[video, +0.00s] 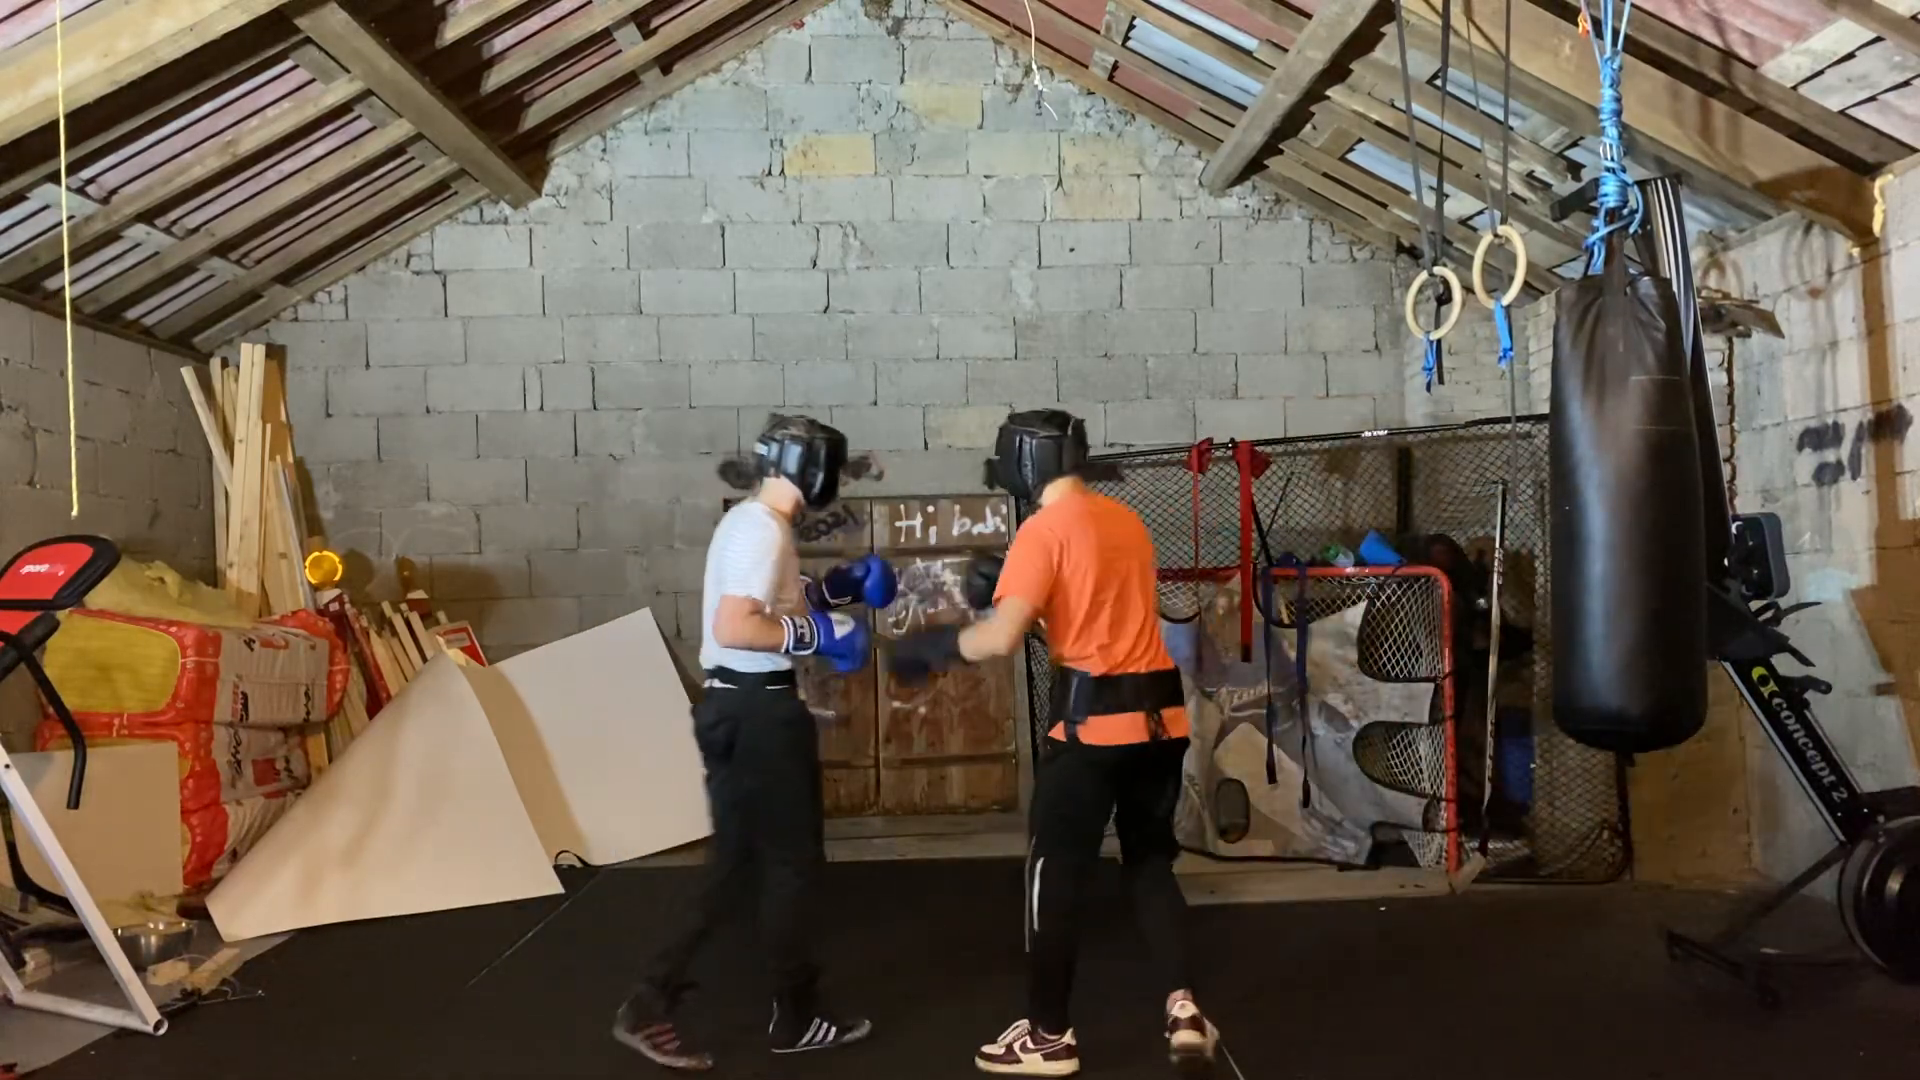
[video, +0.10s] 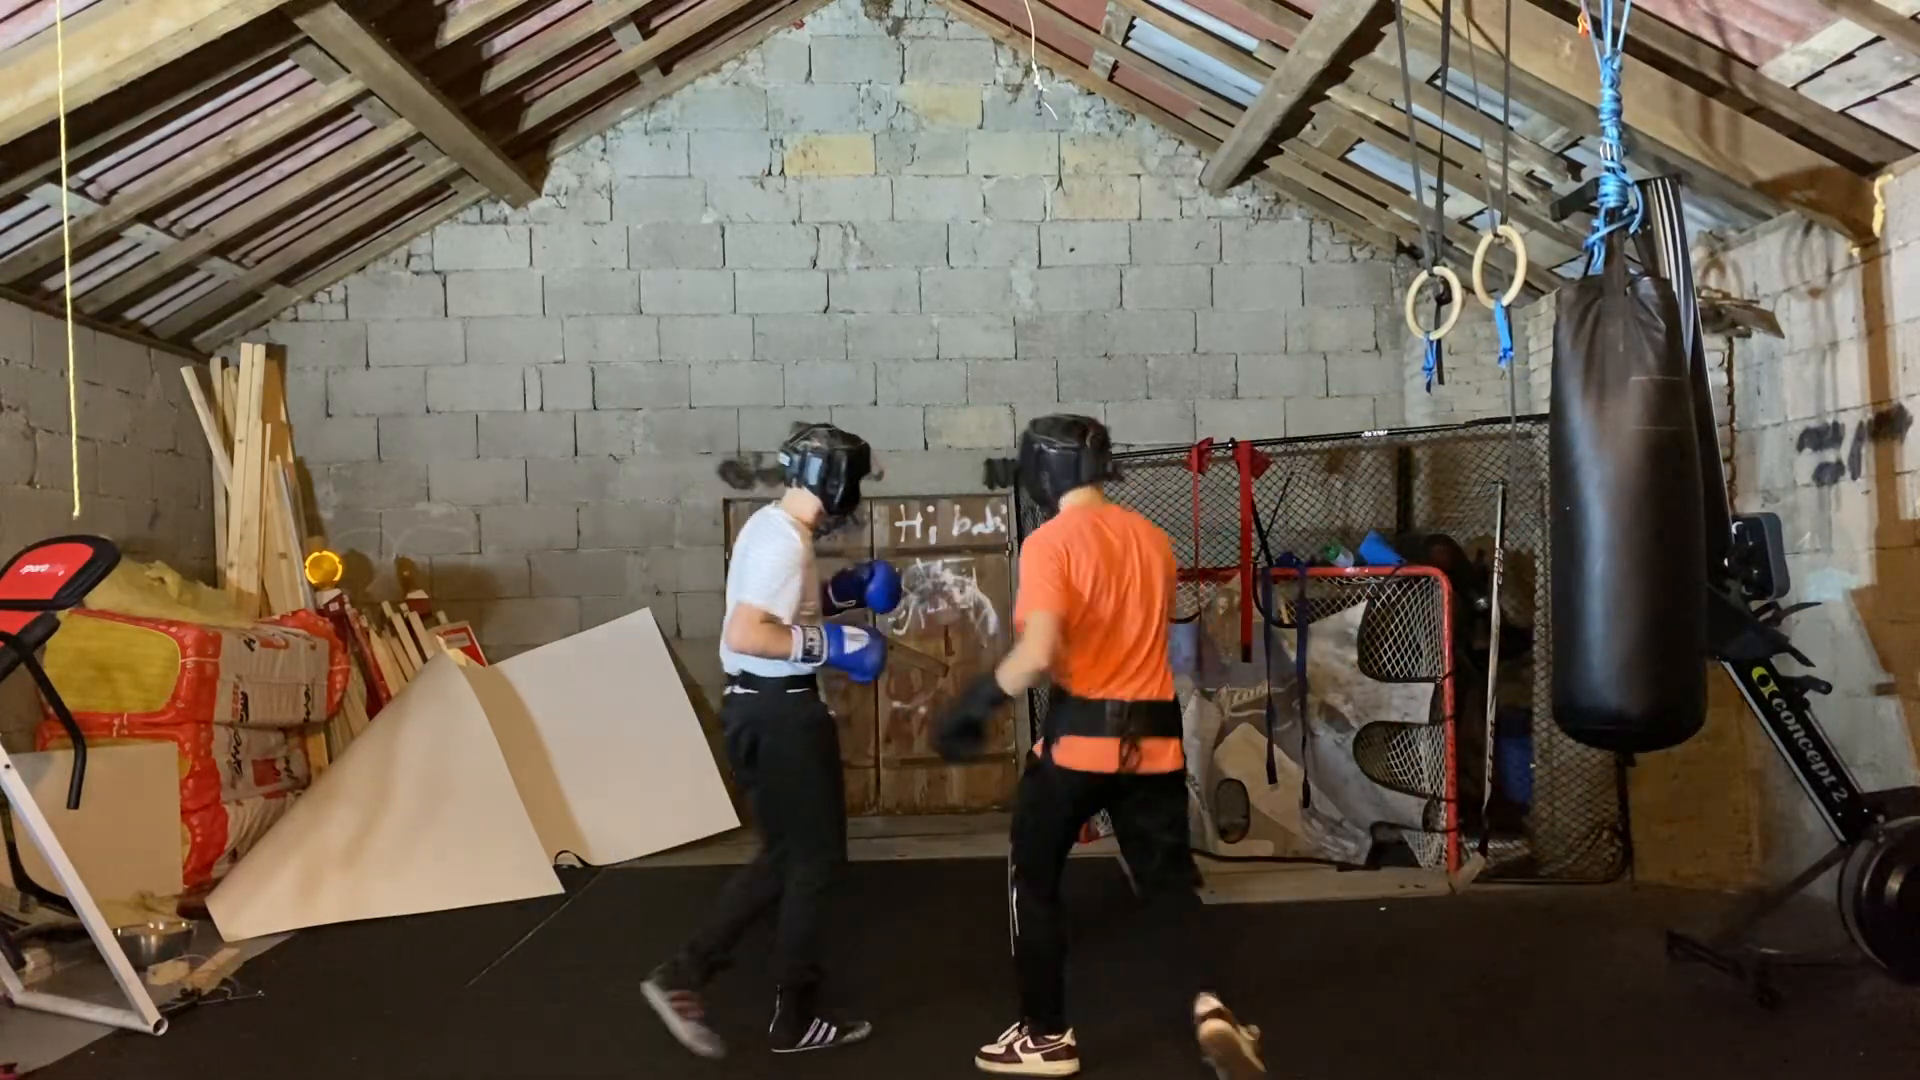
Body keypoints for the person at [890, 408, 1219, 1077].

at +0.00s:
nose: (1005, 481)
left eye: (1007, 469)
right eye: (1004, 468)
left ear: (1025, 465)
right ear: (1075, 459)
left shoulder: (1044, 532)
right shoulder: (1129, 520)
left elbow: (1001, 636)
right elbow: (1116, 604)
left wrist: (946, 645)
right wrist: (1017, 597)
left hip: (1094, 727)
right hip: (1163, 723)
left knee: (1055, 866)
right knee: (1151, 859)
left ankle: (1047, 1031)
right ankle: (1182, 1006)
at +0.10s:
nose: (1026, 483)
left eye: (1028, 472)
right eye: (1029, 472)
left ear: (1042, 474)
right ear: (1099, 471)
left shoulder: (1049, 543)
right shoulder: (1152, 536)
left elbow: (1038, 648)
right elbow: (1155, 627)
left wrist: (979, 698)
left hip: (1079, 747)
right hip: (1158, 746)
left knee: (1034, 874)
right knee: (1172, 883)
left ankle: (1044, 1030)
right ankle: (1208, 1004)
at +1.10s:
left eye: (1140, 398)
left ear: (1143, 404)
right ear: (1224, 405)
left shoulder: (1092, 497)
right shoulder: (1271, 494)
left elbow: (1056, 629)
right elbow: (1338, 639)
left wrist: (1064, 668)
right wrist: (1283, 633)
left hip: (1114, 773)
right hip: (1222, 782)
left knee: (1092, 958)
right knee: (1272, 1004)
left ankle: (1057, 1062)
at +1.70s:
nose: (1031, 428)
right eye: (1027, 414)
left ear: (939, 414)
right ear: (1018, 415)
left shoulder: (883, 503)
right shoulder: (1040, 492)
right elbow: (1120, 580)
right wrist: (1108, 473)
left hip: (910, 786)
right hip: (1005, 791)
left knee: (938, 1001)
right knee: (1022, 1013)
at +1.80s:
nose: (1012, 430)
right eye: (1010, 417)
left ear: (918, 417)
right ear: (1000, 419)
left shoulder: (861, 507)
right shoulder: (1016, 495)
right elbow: (1102, 587)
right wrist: (1086, 476)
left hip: (889, 782)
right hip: (977, 786)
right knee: (944, 1012)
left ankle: (946, 1041)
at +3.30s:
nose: (636, 470)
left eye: (638, 450)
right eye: (627, 448)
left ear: (574, 446)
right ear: (578, 445)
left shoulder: (574, 560)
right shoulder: (454, 544)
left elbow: (569, 727)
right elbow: (513, 716)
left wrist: (657, 657)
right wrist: (601, 609)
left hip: (553, 821)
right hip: (457, 838)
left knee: (656, 1035)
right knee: (455, 1060)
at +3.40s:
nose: (659, 481)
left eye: (661, 463)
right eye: (652, 461)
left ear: (591, 454)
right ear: (605, 456)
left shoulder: (594, 567)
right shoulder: (484, 548)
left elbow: (646, 711)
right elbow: (564, 701)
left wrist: (706, 610)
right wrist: (648, 586)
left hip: (570, 827)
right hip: (475, 839)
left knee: (673, 1027)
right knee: (454, 1059)